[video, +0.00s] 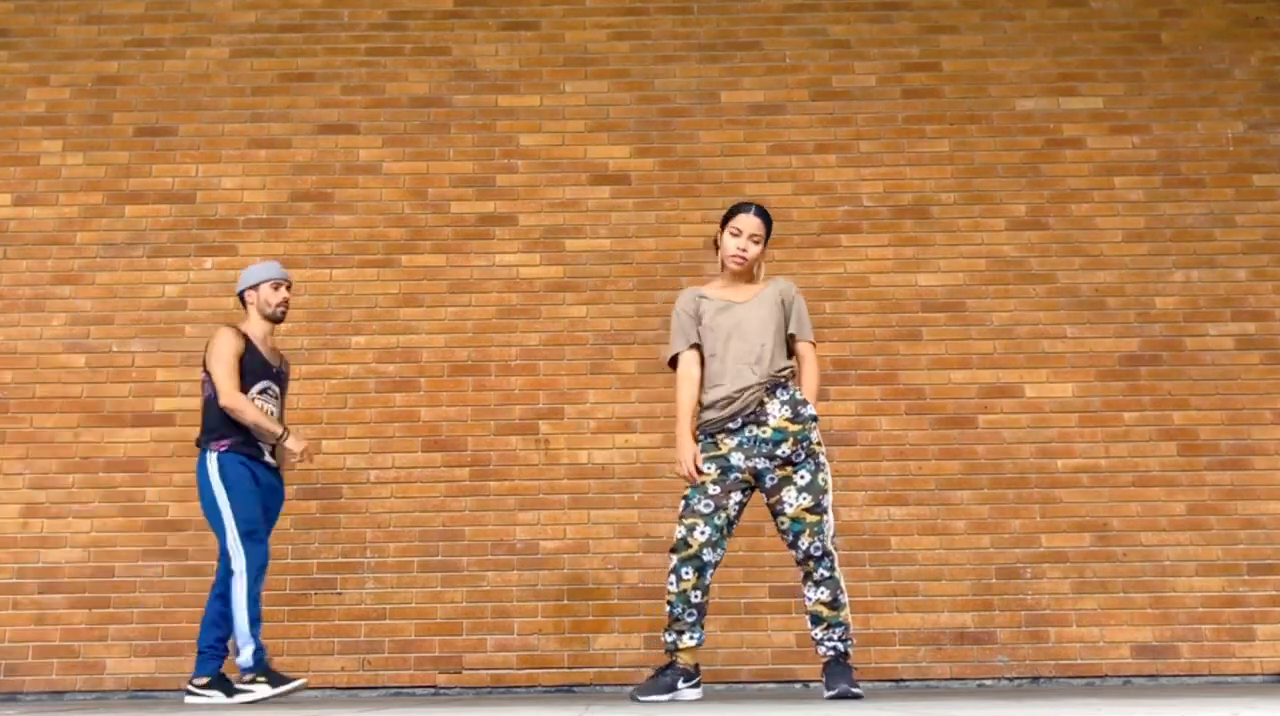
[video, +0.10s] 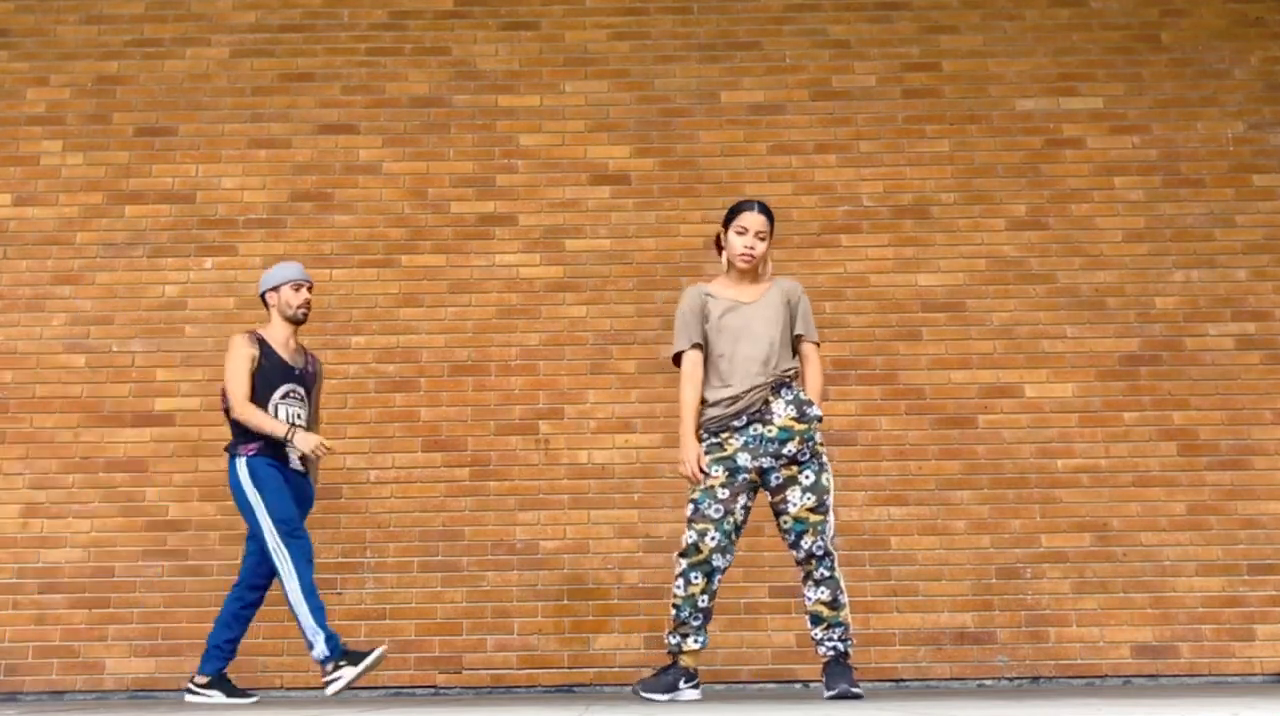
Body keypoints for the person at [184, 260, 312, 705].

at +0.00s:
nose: (285, 295)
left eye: (287, 289)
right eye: (275, 287)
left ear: (286, 299)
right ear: (249, 296)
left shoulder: (280, 363)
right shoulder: (227, 338)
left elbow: (275, 428)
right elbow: (230, 400)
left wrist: (280, 466)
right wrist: (282, 434)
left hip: (263, 470)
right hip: (225, 464)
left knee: (236, 564)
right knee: (248, 555)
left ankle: (205, 674)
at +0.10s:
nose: (306, 296)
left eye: (309, 290)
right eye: (297, 289)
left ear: (309, 298)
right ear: (271, 296)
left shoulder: (311, 363)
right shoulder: (246, 344)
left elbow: (309, 427)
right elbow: (238, 407)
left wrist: (310, 473)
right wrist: (294, 434)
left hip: (293, 473)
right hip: (254, 466)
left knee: (254, 579)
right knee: (293, 550)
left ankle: (208, 674)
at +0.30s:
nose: (352, 305)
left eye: (355, 298)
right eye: (342, 298)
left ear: (357, 306)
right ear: (317, 306)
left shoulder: (367, 368)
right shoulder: (297, 366)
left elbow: (370, 435)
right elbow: (269, 430)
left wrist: (378, 487)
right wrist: (304, 468)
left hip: (368, 483)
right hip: (331, 478)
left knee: (334, 592)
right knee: (386, 554)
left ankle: (245, 652)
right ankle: (402, 672)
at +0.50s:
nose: (407, 299)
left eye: (410, 292)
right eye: (397, 291)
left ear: (410, 301)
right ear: (370, 300)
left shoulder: (413, 361)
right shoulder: (351, 362)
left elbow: (413, 426)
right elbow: (347, 428)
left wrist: (430, 466)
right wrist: (350, 466)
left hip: (426, 471)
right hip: (383, 471)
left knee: (456, 572)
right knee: (427, 565)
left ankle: (376, 637)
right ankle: (408, 674)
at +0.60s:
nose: (432, 281)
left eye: (434, 275)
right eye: (422, 273)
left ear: (429, 285)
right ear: (394, 281)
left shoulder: (425, 341)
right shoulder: (373, 339)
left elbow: (427, 403)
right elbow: (370, 408)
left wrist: (444, 443)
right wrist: (393, 441)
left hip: (447, 459)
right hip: (404, 461)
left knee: (482, 548)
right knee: (426, 561)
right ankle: (406, 673)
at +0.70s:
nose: (454, 271)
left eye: (456, 265)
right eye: (445, 263)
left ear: (449, 273)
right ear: (417, 268)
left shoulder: (439, 330)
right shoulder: (395, 323)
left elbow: (438, 393)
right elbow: (394, 389)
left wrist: (460, 428)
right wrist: (430, 409)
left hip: (463, 450)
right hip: (421, 452)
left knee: (493, 549)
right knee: (427, 559)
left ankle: (512, 658)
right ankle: (407, 672)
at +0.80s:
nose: (476, 275)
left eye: (477, 268)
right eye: (467, 267)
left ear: (466, 277)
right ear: (438, 272)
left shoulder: (458, 337)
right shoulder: (416, 327)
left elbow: (455, 395)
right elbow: (429, 390)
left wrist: (477, 381)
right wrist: (466, 386)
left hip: (477, 456)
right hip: (437, 456)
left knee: (507, 558)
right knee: (439, 563)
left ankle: (552, 651)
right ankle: (407, 672)